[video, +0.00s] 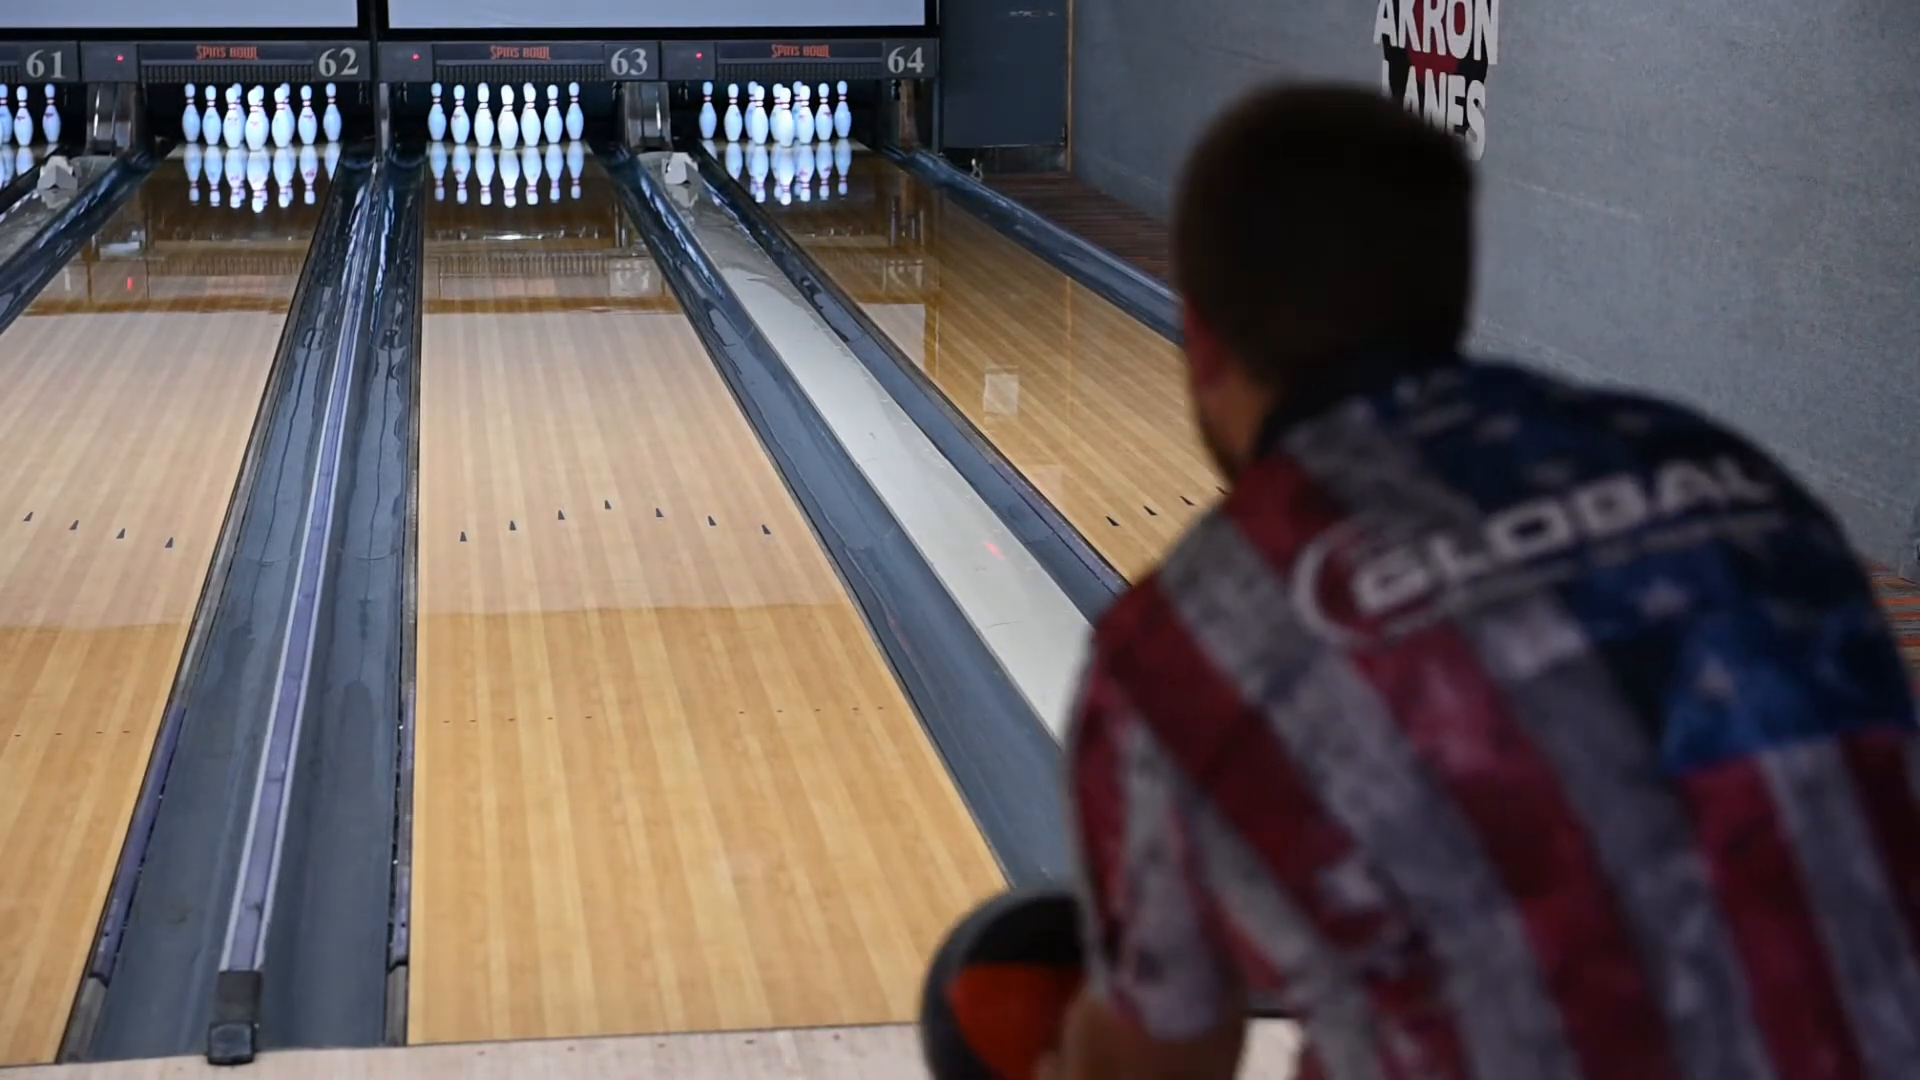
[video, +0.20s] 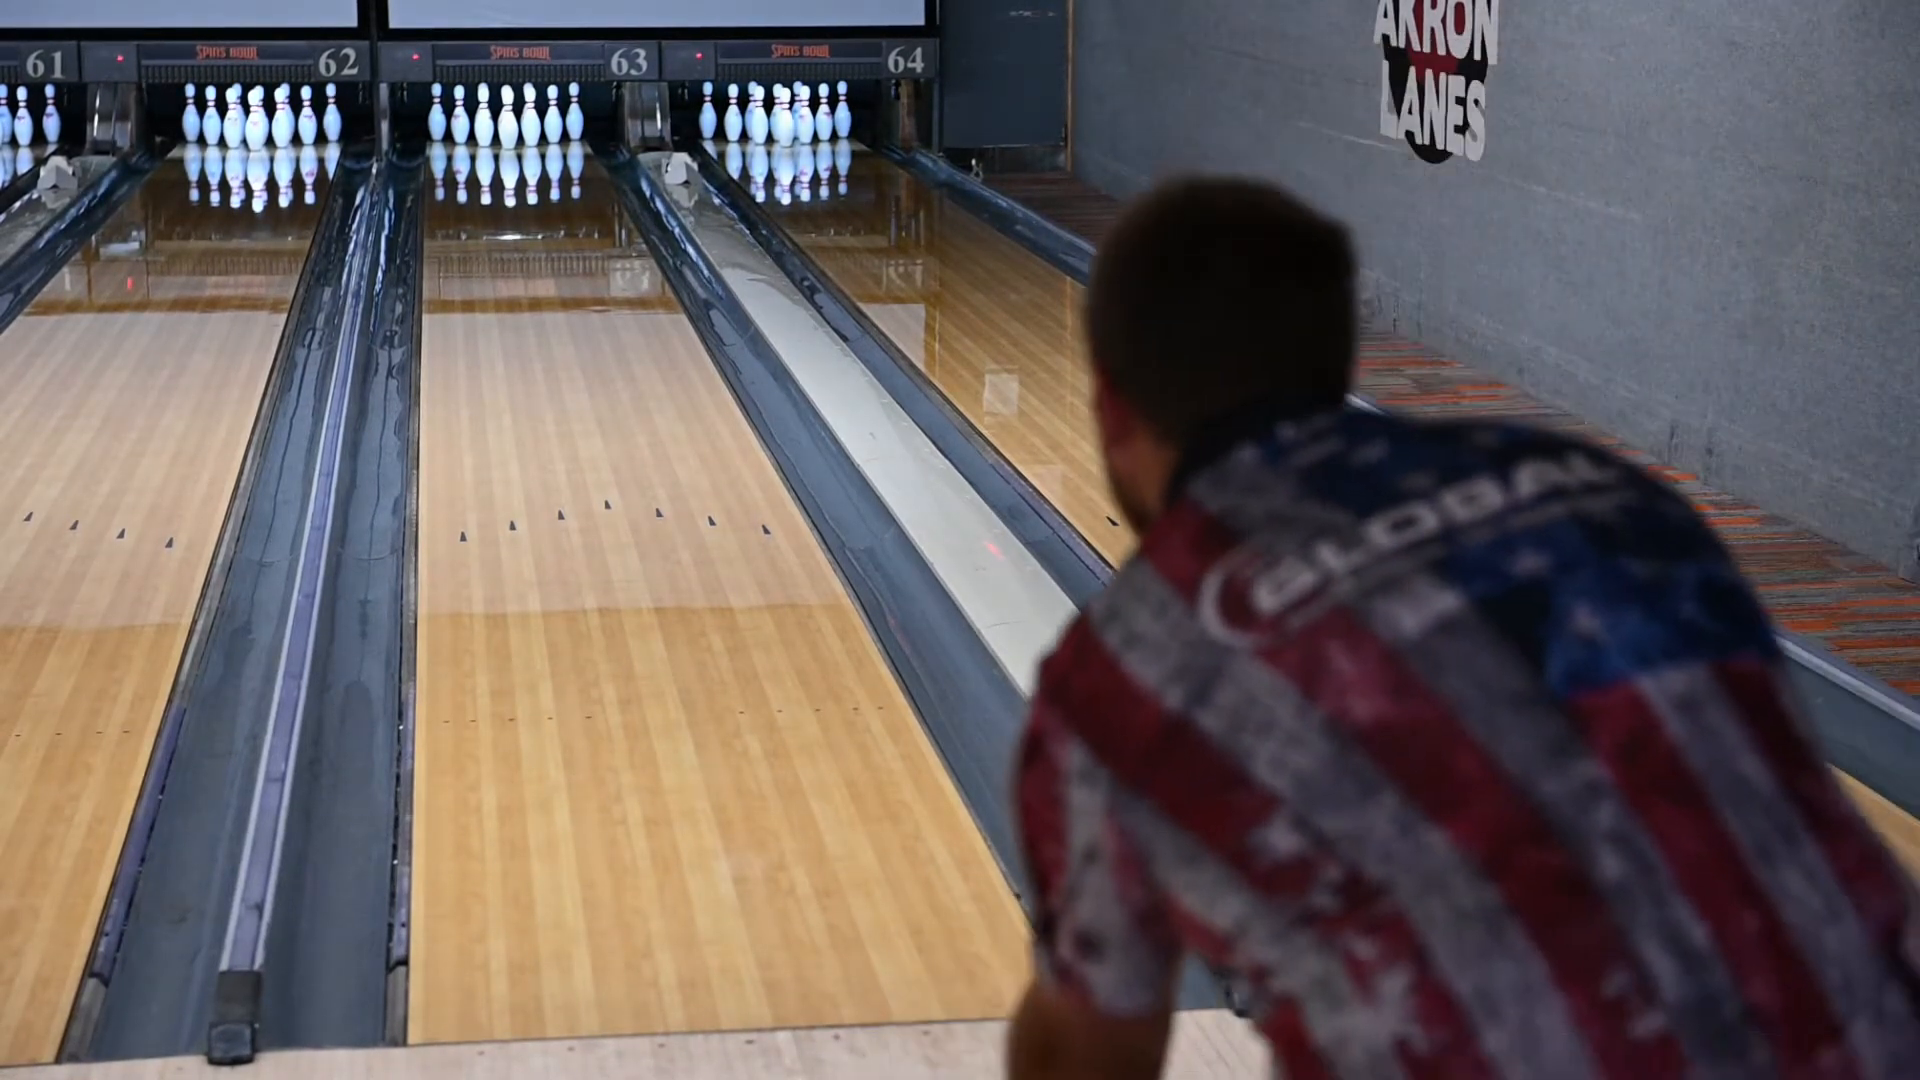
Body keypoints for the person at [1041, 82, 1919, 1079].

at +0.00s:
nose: (1187, 357)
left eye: (1186, 316)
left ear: (1199, 338)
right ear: (1457, 303)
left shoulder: (1176, 653)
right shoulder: (1718, 465)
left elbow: (1164, 1052)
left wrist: (1087, 1040)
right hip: (1875, 1046)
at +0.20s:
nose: (1103, 439)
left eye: (1097, 413)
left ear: (1118, 423)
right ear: (1340, 366)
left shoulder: (1115, 683)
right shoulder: (1589, 472)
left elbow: (1092, 1038)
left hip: (1509, 1061)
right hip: (1874, 1021)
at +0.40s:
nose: (1038, 351)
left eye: (1034, 326)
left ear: (1049, 340)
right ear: (1253, 306)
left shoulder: (1075, 580)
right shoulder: (1487, 393)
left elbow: (1078, 1011)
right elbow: (1722, 663)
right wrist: (1780, 888)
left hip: (1437, 1047)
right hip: (1759, 988)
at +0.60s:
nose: (959, 305)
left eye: (952, 285)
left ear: (973, 274)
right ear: (1155, 233)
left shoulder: (1007, 352)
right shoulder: (1335, 323)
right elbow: (1550, 531)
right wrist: (1701, 763)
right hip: (1583, 895)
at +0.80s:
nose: (866, 315)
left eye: (867, 299)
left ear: (885, 290)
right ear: (1034, 220)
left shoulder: (925, 356)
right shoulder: (1202, 282)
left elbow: (1058, 261)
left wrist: (1161, 128)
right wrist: (1180, 124)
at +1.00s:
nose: (784, 429)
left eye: (780, 411)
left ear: (793, 413)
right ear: (929, 363)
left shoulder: (831, 501)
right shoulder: (1023, 409)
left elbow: (944, 489)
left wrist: (1048, 435)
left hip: (1172, 844)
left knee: (1117, 1054)